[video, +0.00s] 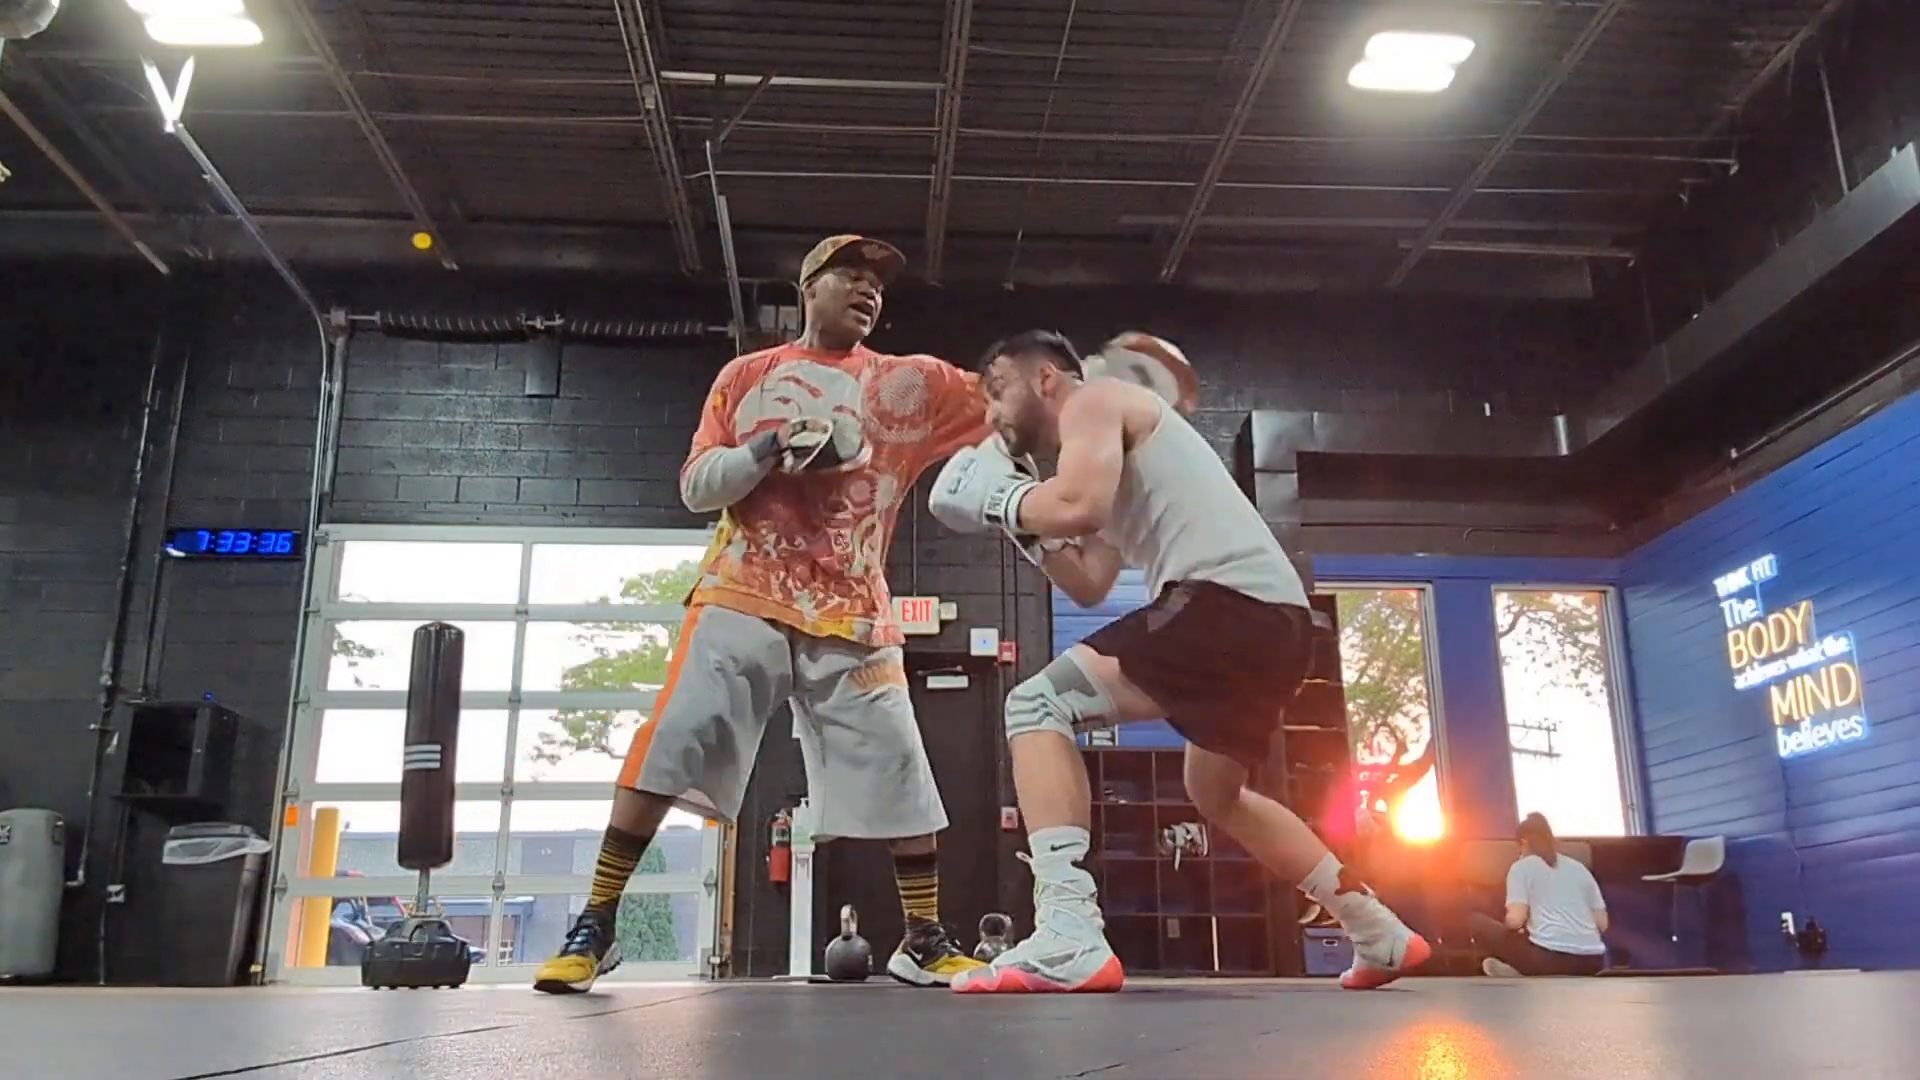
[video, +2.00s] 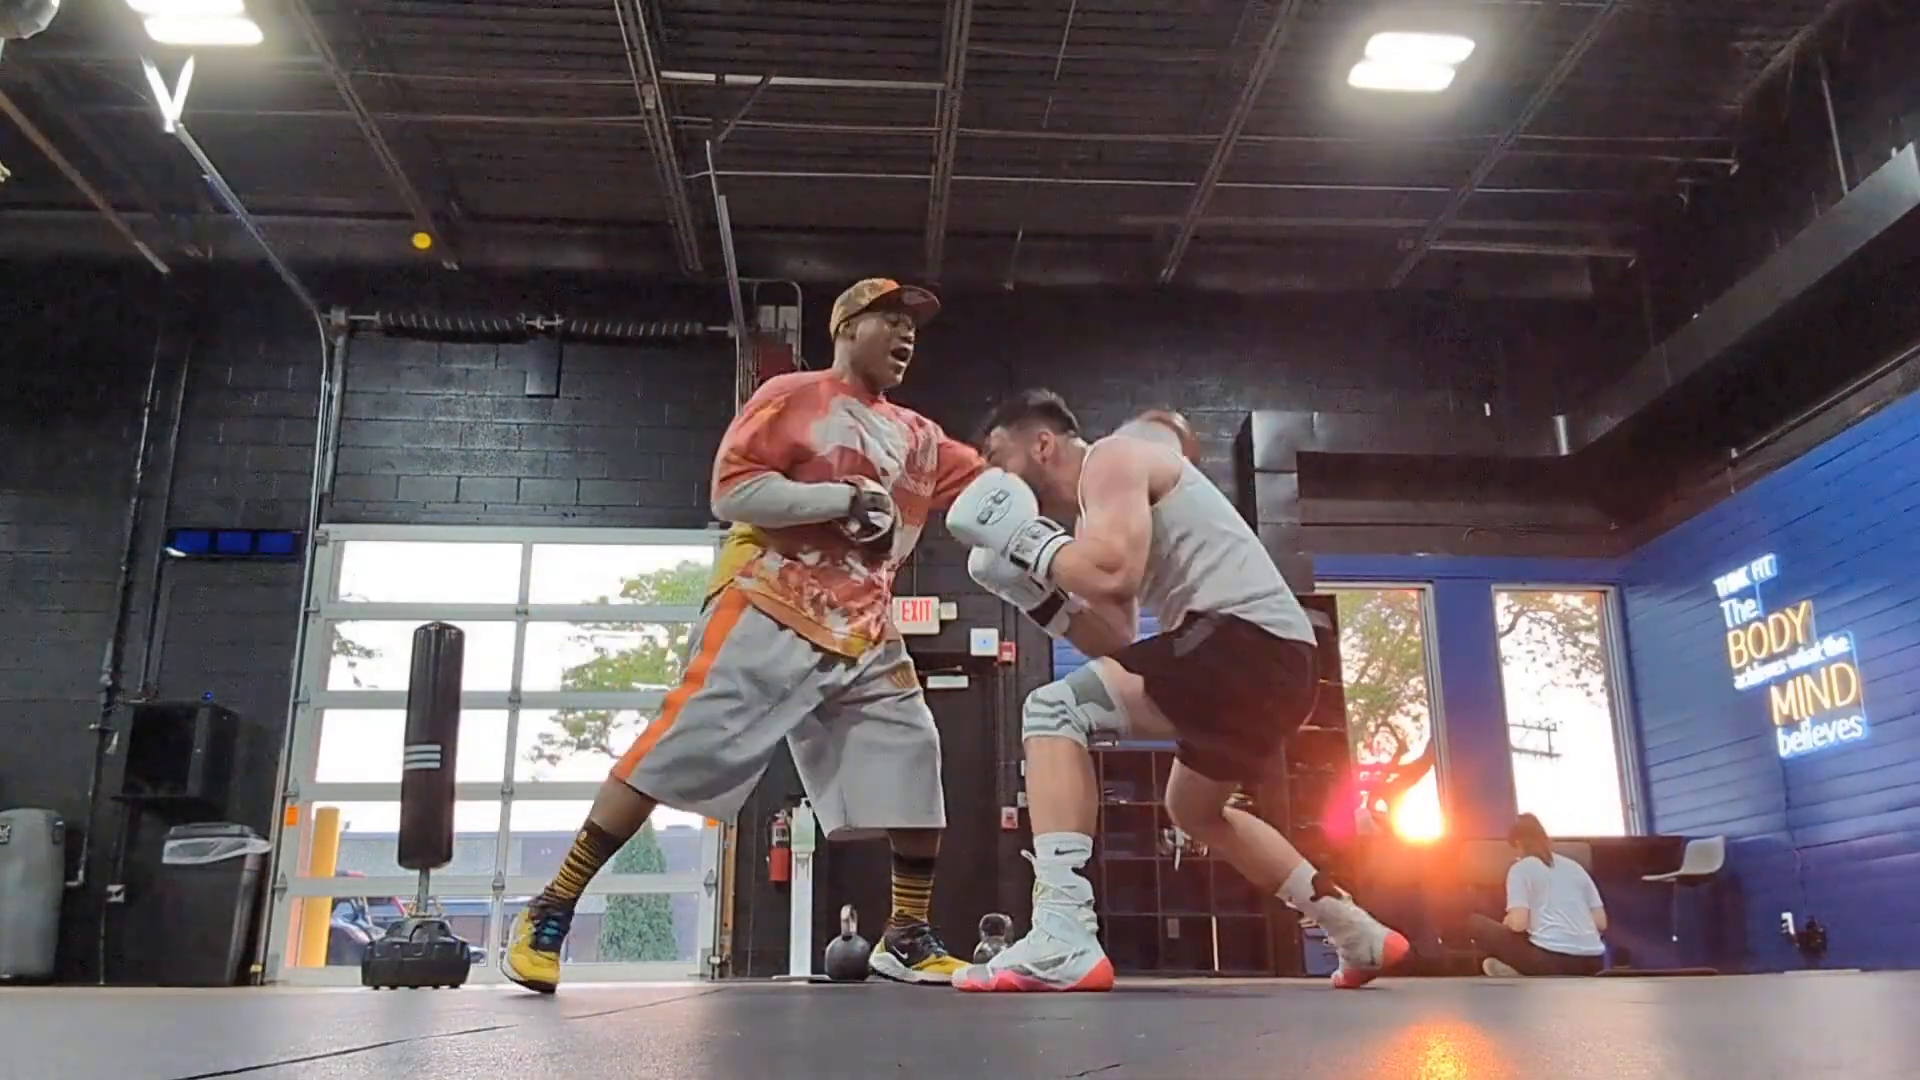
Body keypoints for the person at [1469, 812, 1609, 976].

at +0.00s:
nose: (1519, 851)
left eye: (1519, 845)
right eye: (1519, 846)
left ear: (1524, 842)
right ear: (1549, 839)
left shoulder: (1522, 867)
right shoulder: (1579, 868)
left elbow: (1515, 920)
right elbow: (1602, 923)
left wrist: (1509, 927)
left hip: (1547, 961)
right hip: (1591, 962)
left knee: (1476, 921)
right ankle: (1509, 964)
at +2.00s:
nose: (1515, 853)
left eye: (1513, 848)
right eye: (1513, 848)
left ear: (1518, 844)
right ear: (1544, 839)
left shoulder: (1520, 869)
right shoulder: (1575, 867)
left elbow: (1519, 924)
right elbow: (1601, 922)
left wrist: (1508, 920)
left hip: (1550, 961)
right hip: (1592, 962)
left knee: (1475, 923)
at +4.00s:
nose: (1514, 856)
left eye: (1513, 849)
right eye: (1512, 850)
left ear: (1520, 845)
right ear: (1544, 842)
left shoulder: (1521, 869)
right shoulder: (1576, 868)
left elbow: (1519, 923)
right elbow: (1602, 923)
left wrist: (1507, 919)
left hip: (1550, 962)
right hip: (1592, 962)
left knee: (1474, 923)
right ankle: (1511, 965)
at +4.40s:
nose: (1514, 853)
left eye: (1514, 848)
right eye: (1513, 848)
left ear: (1520, 845)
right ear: (1545, 841)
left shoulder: (1522, 869)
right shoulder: (1576, 867)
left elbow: (1520, 926)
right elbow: (1603, 922)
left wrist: (1511, 916)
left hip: (1549, 961)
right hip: (1592, 962)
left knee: (1475, 923)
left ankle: (1508, 963)